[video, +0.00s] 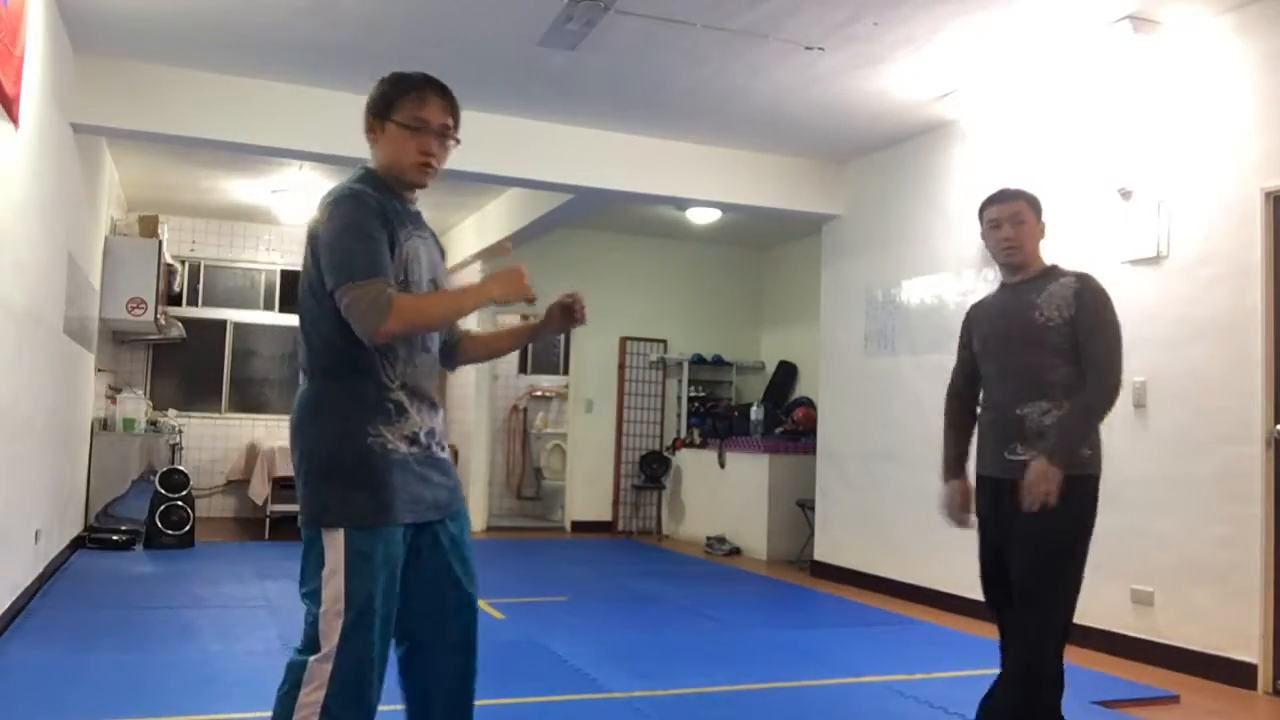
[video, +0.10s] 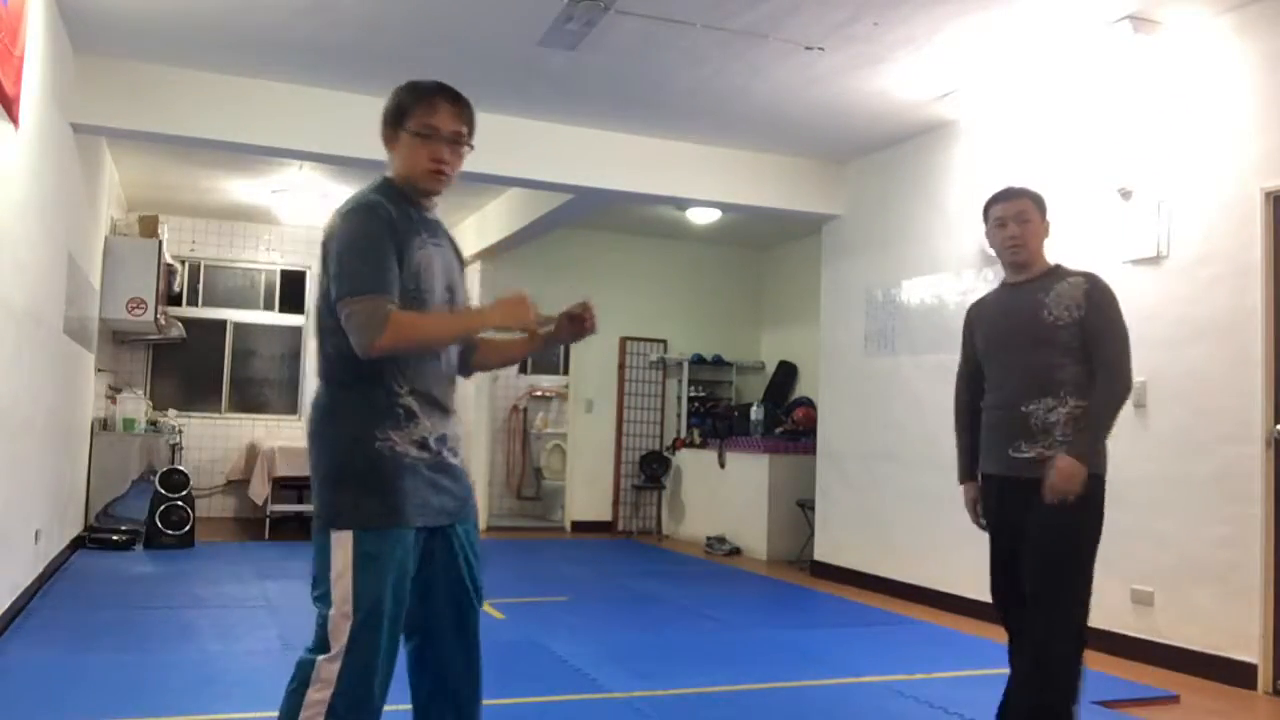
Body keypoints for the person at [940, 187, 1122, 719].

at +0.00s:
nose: (1006, 234)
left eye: (1017, 222)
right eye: (995, 226)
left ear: (1040, 228)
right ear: (984, 240)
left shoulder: (1079, 293)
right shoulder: (979, 315)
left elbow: (1103, 382)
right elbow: (961, 394)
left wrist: (1056, 456)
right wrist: (955, 471)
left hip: (1063, 481)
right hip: (996, 482)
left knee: (1039, 620)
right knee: (1010, 613)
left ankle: (1008, 713)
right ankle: (1038, 711)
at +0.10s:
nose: (1011, 232)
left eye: (1022, 221)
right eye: (1000, 225)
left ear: (1044, 228)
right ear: (988, 239)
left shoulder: (1085, 291)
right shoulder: (980, 312)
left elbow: (1115, 378)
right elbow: (968, 393)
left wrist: (1080, 452)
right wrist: (970, 472)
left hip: (1068, 482)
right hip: (1002, 483)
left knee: (1055, 614)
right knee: (1015, 607)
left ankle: (1041, 712)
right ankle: (1032, 707)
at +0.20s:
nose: (1017, 230)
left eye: (1028, 219)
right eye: (1005, 222)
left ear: (1050, 227)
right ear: (993, 235)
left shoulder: (1090, 292)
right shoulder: (986, 310)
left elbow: (1121, 382)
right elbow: (975, 393)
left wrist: (1103, 463)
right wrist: (975, 472)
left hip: (1072, 482)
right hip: (1007, 483)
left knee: (1071, 611)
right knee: (1018, 608)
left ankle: (1079, 709)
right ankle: (1029, 706)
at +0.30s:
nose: (1023, 230)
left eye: (1035, 219)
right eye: (1012, 222)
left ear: (1058, 226)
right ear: (1001, 236)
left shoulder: (1096, 294)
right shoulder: (994, 308)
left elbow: (1122, 388)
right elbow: (980, 390)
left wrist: (1130, 478)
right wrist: (973, 471)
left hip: (1079, 487)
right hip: (1012, 486)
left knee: (1085, 621)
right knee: (1020, 618)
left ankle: (1107, 713)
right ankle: (1033, 711)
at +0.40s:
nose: (1030, 227)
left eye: (1042, 215)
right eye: (1019, 219)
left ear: (1066, 223)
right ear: (1009, 233)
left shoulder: (1101, 292)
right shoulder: (1003, 305)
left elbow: (1128, 387)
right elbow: (987, 387)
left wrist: (1146, 477)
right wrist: (967, 464)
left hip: (1084, 487)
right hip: (1016, 486)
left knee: (1097, 628)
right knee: (1024, 622)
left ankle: (1109, 715)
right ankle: (1033, 712)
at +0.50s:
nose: (1026, 226)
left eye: (1039, 214)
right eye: (1019, 217)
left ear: (1072, 219)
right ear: (1013, 228)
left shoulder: (1110, 293)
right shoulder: (1010, 303)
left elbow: (1138, 389)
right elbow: (993, 386)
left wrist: (1147, 483)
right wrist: (966, 461)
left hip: (1097, 494)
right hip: (1026, 492)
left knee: (1102, 639)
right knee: (1028, 629)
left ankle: (1105, 717)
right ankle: (1032, 713)